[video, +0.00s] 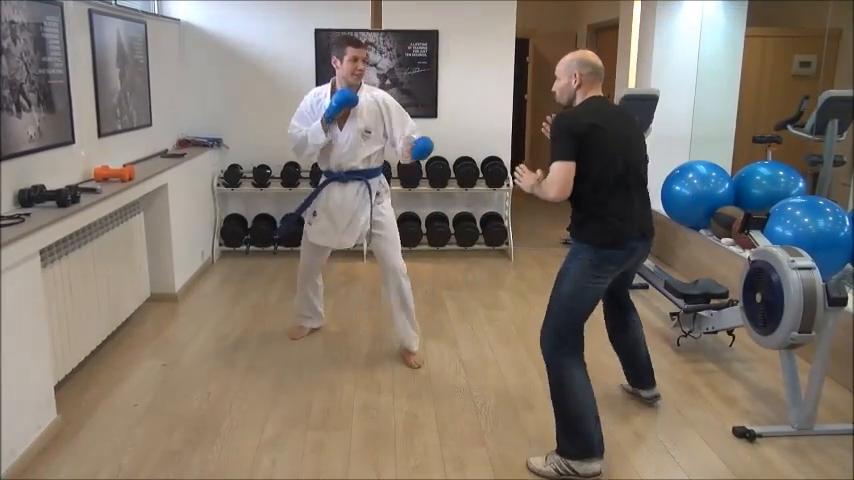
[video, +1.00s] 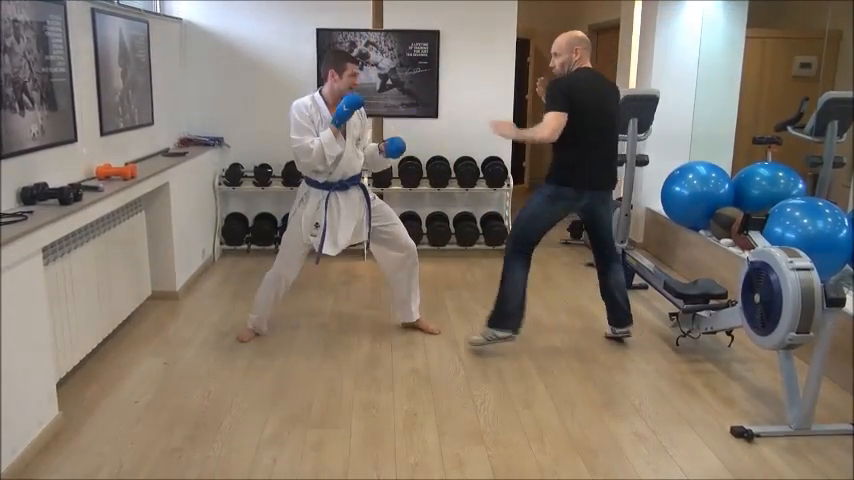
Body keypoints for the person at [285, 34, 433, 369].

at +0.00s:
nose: (360, 67)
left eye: (365, 62)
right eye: (354, 60)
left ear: (368, 66)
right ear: (336, 63)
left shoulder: (380, 101)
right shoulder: (315, 99)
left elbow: (403, 141)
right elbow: (299, 147)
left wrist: (413, 147)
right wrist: (327, 120)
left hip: (373, 191)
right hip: (332, 191)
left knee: (395, 266)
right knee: (309, 261)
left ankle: (409, 343)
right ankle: (310, 318)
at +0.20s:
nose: (372, 53)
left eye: (374, 47)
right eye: (366, 46)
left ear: (374, 50)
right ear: (345, 48)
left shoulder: (384, 87)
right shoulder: (318, 84)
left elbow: (396, 134)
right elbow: (316, 132)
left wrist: (403, 155)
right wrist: (348, 101)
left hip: (378, 176)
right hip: (333, 177)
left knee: (403, 249)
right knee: (315, 249)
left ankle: (421, 329)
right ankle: (304, 316)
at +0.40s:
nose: (375, 70)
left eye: (376, 65)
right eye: (369, 64)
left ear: (375, 68)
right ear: (349, 66)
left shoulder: (387, 105)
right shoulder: (321, 102)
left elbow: (402, 147)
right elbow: (319, 150)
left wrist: (413, 172)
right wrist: (348, 115)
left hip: (382, 189)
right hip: (338, 191)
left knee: (417, 257)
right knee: (306, 260)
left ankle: (429, 322)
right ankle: (287, 318)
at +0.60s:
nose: (370, 63)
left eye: (371, 57)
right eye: (365, 56)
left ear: (359, 59)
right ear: (345, 56)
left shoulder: (372, 94)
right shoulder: (314, 90)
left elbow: (383, 141)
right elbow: (322, 142)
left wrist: (403, 150)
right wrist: (350, 103)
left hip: (371, 179)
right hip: (330, 181)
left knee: (407, 245)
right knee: (303, 252)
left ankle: (431, 315)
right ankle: (276, 311)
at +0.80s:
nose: (356, 73)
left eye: (356, 67)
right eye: (350, 67)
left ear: (339, 69)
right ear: (330, 68)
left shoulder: (356, 107)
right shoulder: (301, 103)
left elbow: (372, 147)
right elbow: (308, 154)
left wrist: (400, 132)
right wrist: (336, 118)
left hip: (356, 189)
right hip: (315, 191)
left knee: (398, 244)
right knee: (288, 256)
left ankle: (411, 313)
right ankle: (255, 322)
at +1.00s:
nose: (357, 82)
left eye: (358, 76)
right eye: (352, 76)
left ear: (338, 78)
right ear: (333, 76)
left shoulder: (356, 111)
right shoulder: (303, 109)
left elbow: (363, 156)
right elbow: (307, 158)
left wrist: (383, 152)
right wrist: (337, 126)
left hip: (357, 194)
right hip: (315, 197)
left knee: (405, 249)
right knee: (284, 268)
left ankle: (410, 316)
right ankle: (256, 324)